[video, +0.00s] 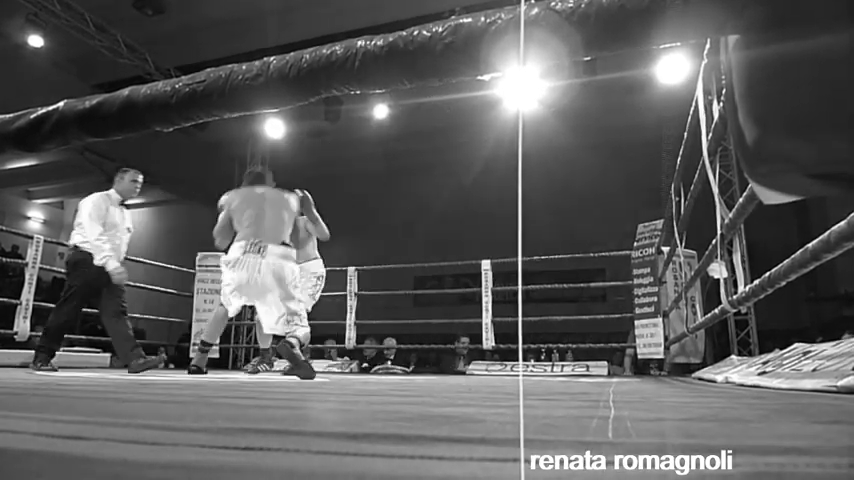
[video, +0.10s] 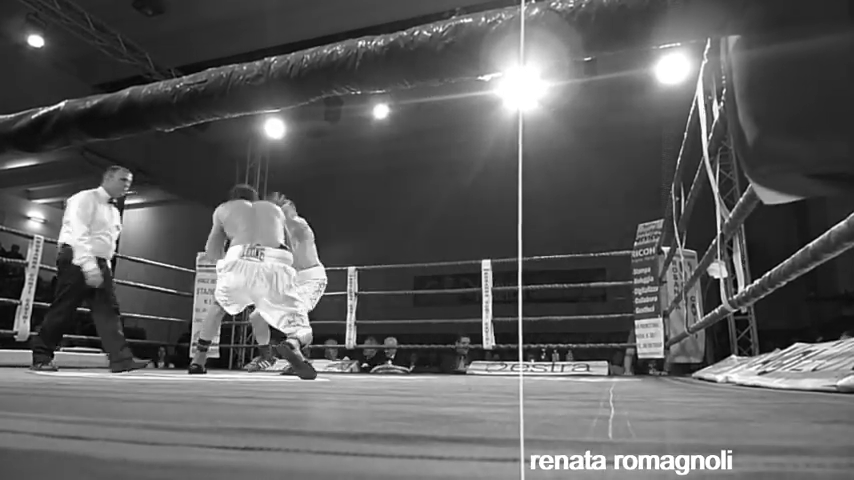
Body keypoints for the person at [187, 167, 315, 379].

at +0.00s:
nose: (275, 184)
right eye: (273, 181)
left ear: (245, 183)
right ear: (270, 182)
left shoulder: (231, 197)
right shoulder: (291, 199)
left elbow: (221, 241)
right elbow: (299, 240)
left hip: (240, 264)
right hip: (280, 268)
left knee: (225, 306)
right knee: (297, 320)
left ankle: (199, 360)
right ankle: (291, 343)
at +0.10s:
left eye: (229, 201)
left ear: (232, 199)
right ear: (256, 198)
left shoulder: (223, 210)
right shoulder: (276, 209)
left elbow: (212, 253)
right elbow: (291, 245)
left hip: (238, 268)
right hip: (277, 269)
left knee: (217, 308)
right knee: (301, 326)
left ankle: (198, 361)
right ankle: (292, 344)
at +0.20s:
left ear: (229, 210)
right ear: (252, 209)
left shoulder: (218, 219)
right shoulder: (272, 217)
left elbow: (213, 258)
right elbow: (292, 256)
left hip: (235, 268)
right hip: (274, 269)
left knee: (217, 308)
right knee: (305, 324)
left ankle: (198, 361)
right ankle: (292, 346)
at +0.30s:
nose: (287, 217)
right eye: (286, 213)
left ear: (261, 207)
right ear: (282, 210)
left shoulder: (232, 216)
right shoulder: (285, 217)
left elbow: (214, 251)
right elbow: (299, 253)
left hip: (224, 261)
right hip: (263, 263)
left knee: (222, 305)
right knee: (306, 320)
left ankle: (198, 361)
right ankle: (294, 352)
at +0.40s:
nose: (302, 204)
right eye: (302, 201)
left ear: (279, 192)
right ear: (298, 196)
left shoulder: (250, 203)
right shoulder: (299, 202)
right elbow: (307, 249)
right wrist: (314, 234)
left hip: (224, 253)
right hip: (259, 254)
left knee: (229, 304)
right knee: (308, 315)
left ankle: (200, 359)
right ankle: (288, 359)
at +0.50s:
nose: (321, 173)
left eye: (321, 171)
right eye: (321, 170)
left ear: (293, 165)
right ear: (317, 167)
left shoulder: (268, 178)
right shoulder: (313, 178)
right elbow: (325, 228)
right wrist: (327, 202)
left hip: (240, 236)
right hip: (272, 237)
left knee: (241, 299)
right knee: (308, 303)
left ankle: (213, 357)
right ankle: (287, 360)